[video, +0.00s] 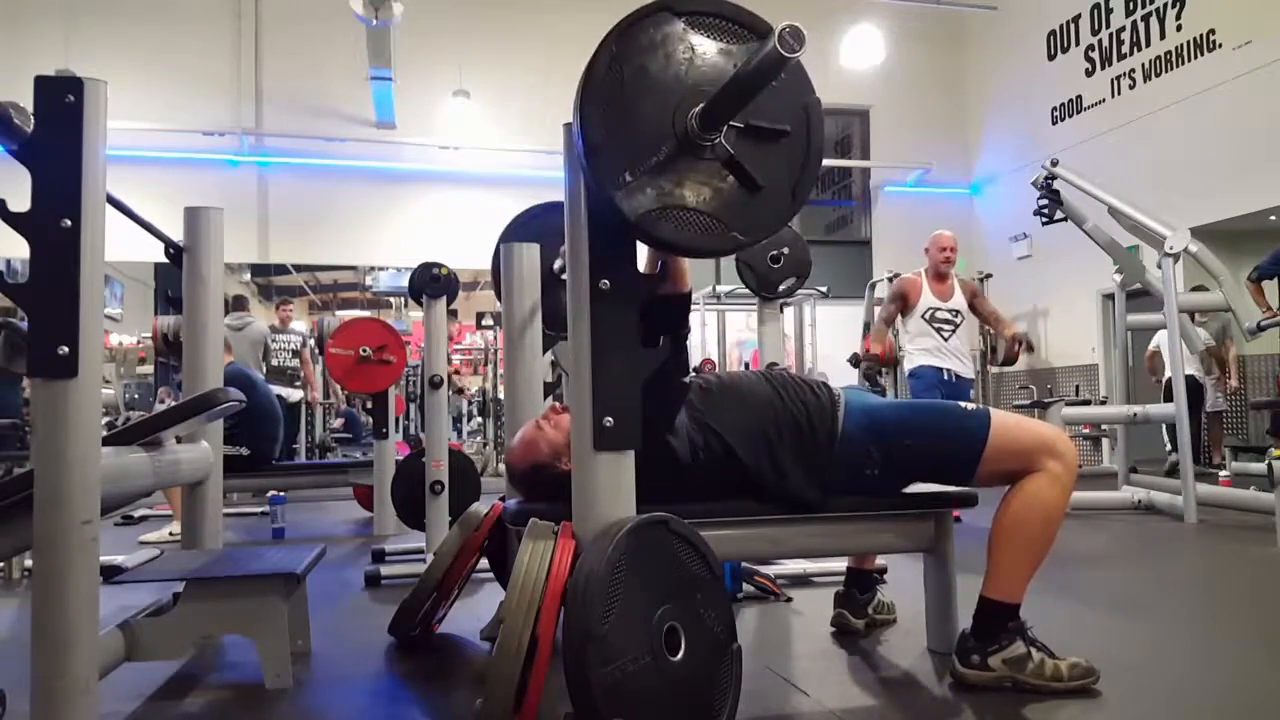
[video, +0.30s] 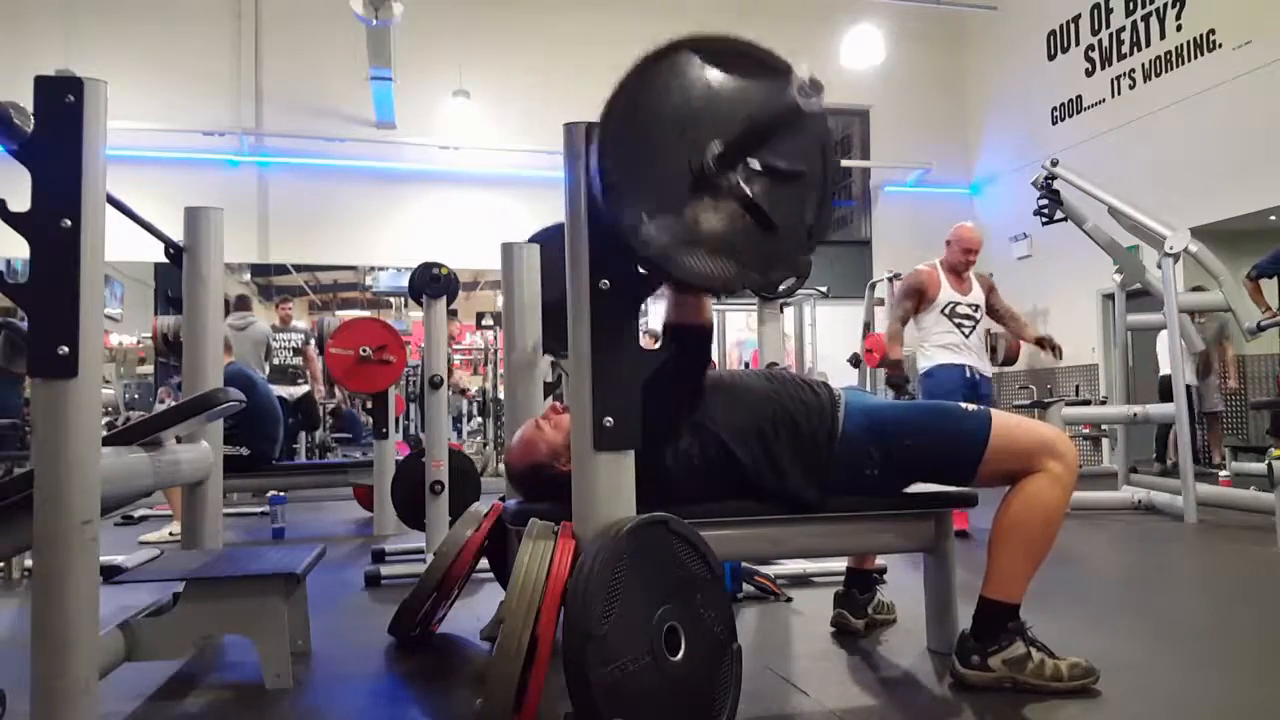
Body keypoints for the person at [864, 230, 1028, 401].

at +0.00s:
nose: (948, 256)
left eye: (953, 250)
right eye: (942, 250)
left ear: (957, 253)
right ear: (927, 253)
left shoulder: (968, 288)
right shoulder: (907, 285)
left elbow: (993, 318)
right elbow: (883, 323)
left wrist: (1011, 334)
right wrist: (874, 354)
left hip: (961, 366)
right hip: (923, 363)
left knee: (960, 428)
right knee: (930, 425)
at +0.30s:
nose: (971, 260)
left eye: (975, 254)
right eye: (966, 252)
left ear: (979, 253)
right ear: (948, 245)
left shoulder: (981, 283)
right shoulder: (922, 278)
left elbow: (1006, 316)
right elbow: (896, 324)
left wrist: (1037, 338)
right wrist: (894, 367)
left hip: (979, 372)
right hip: (941, 370)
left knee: (976, 445)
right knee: (951, 444)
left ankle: (958, 509)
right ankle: (954, 510)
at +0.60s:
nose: (998, 253)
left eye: (1004, 247)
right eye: (993, 245)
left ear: (1011, 241)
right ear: (976, 231)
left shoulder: (1010, 267)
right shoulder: (945, 259)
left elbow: (1017, 312)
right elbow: (911, 300)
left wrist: (1033, 357)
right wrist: (913, 348)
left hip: (1005, 364)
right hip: (955, 364)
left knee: (1020, 440)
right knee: (956, 440)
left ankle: (1032, 512)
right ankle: (958, 510)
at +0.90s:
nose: (1039, 234)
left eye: (1046, 227)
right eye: (1032, 225)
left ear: (1052, 222)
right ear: (1014, 213)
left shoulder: (1058, 252)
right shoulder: (980, 245)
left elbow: (1088, 294)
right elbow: (941, 290)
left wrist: (1116, 325)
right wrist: (938, 322)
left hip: (1051, 355)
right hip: (998, 354)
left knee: (1058, 443)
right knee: (1002, 439)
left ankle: (1054, 525)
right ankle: (987, 495)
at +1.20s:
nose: (1073, 191)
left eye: (1080, 184)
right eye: (1064, 183)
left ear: (1085, 191)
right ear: (1040, 186)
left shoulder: (1099, 233)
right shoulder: (1011, 233)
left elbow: (1141, 271)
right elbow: (971, 282)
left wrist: (1157, 291)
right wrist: (959, 330)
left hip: (1089, 353)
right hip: (1039, 350)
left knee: (1074, 446)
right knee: (1054, 445)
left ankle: (1052, 528)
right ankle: (1059, 532)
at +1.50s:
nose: (1123, 145)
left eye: (1128, 137)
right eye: (1112, 136)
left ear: (1133, 147)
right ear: (1084, 145)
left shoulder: (1148, 206)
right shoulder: (1047, 199)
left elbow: (1166, 273)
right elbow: (1004, 259)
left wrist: (1141, 324)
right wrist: (991, 321)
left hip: (1133, 336)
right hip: (1069, 340)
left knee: (1167, 432)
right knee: (1077, 449)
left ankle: (1150, 528)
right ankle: (1081, 541)